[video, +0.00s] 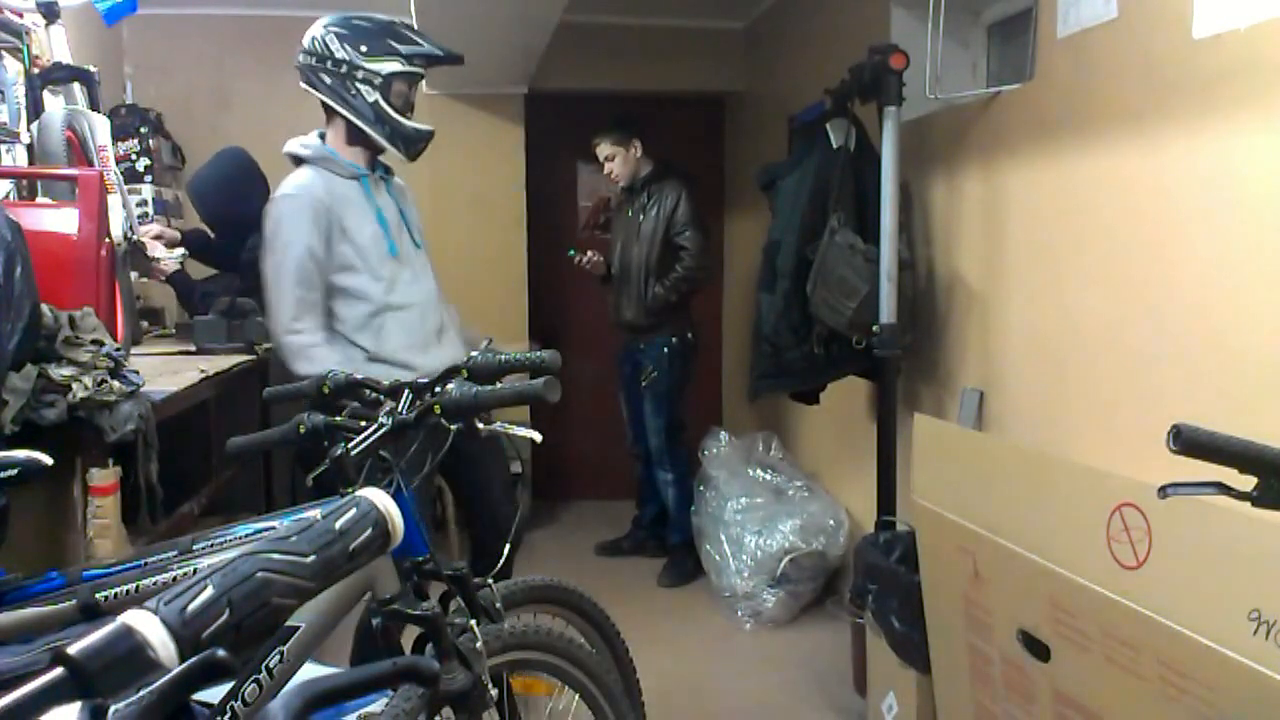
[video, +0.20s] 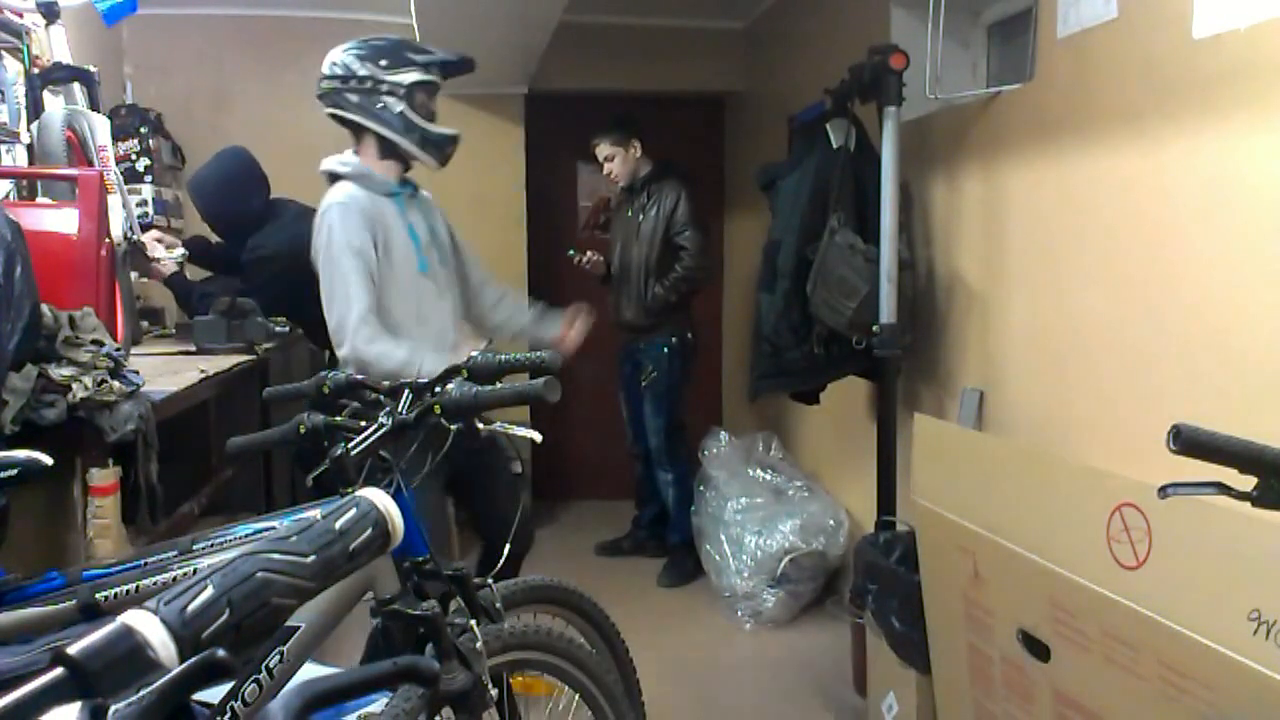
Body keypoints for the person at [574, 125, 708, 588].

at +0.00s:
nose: (606, 170)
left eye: (610, 159)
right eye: (602, 163)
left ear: (636, 151)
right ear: (611, 165)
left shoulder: (671, 193)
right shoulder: (625, 205)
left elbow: (695, 259)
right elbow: (625, 270)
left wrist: (658, 296)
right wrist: (604, 269)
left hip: (664, 336)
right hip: (632, 335)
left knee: (663, 441)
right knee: (640, 442)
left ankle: (683, 545)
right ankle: (649, 530)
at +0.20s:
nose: (607, 170)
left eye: (610, 159)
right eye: (602, 163)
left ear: (636, 149)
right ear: (610, 163)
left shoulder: (671, 193)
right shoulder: (626, 204)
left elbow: (694, 262)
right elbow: (627, 266)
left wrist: (655, 297)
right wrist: (605, 268)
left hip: (665, 334)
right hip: (632, 333)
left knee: (663, 441)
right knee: (640, 441)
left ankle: (684, 545)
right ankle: (650, 530)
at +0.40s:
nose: (606, 170)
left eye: (609, 159)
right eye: (601, 163)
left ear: (636, 149)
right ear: (610, 163)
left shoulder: (670, 192)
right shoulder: (624, 204)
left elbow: (694, 262)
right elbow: (626, 267)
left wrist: (656, 297)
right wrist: (604, 268)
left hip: (664, 334)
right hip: (631, 333)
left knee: (663, 441)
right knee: (640, 441)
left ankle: (683, 545)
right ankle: (649, 531)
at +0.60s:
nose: (605, 170)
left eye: (609, 159)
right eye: (600, 163)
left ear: (636, 150)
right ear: (610, 164)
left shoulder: (671, 194)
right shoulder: (623, 206)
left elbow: (693, 263)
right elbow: (620, 269)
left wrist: (644, 306)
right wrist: (600, 275)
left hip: (664, 338)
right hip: (631, 338)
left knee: (663, 443)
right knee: (640, 442)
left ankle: (684, 546)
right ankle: (650, 530)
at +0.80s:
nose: (605, 171)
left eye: (608, 160)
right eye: (600, 164)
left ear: (635, 150)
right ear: (610, 164)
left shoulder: (671, 193)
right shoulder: (624, 205)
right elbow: (626, 268)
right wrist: (603, 268)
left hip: (665, 336)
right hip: (631, 335)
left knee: (664, 443)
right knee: (640, 442)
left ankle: (684, 547)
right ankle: (650, 531)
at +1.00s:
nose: (604, 170)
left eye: (608, 159)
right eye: (599, 163)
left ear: (634, 150)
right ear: (609, 163)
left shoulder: (671, 194)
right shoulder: (620, 204)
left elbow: (691, 259)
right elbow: (618, 267)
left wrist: (661, 308)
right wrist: (596, 268)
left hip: (663, 333)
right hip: (625, 331)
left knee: (663, 442)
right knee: (639, 442)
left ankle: (685, 547)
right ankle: (656, 532)